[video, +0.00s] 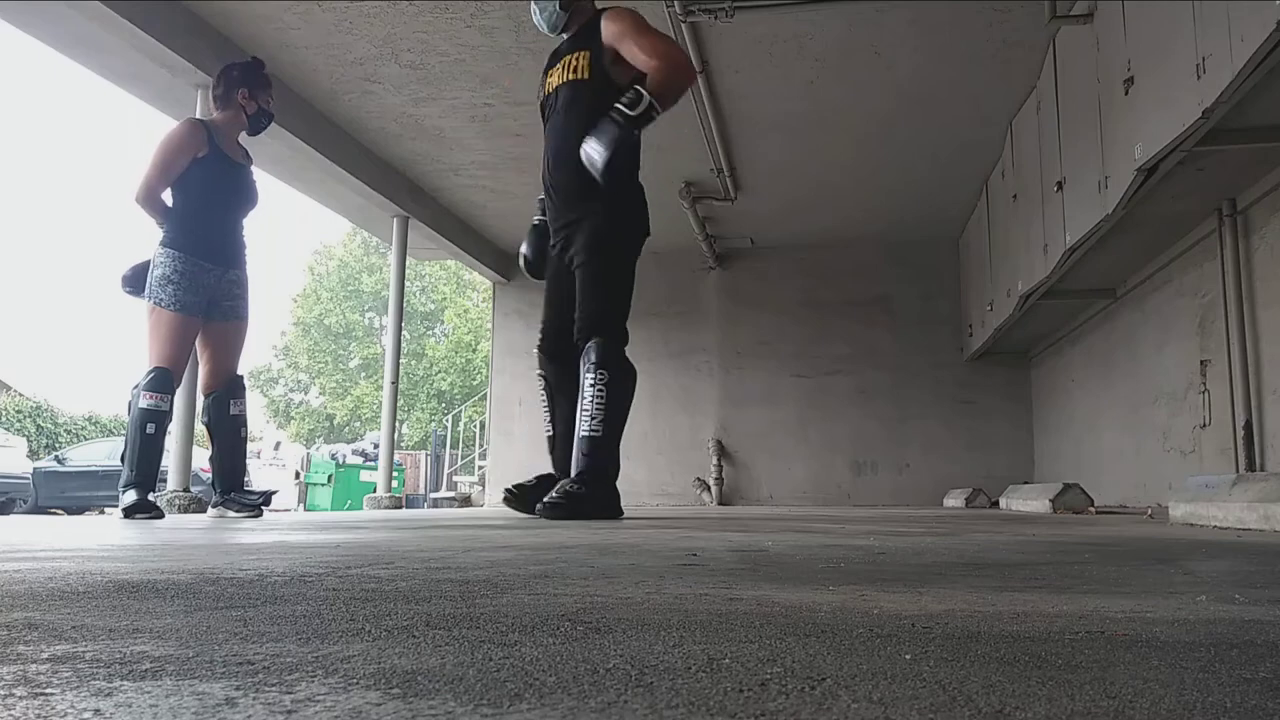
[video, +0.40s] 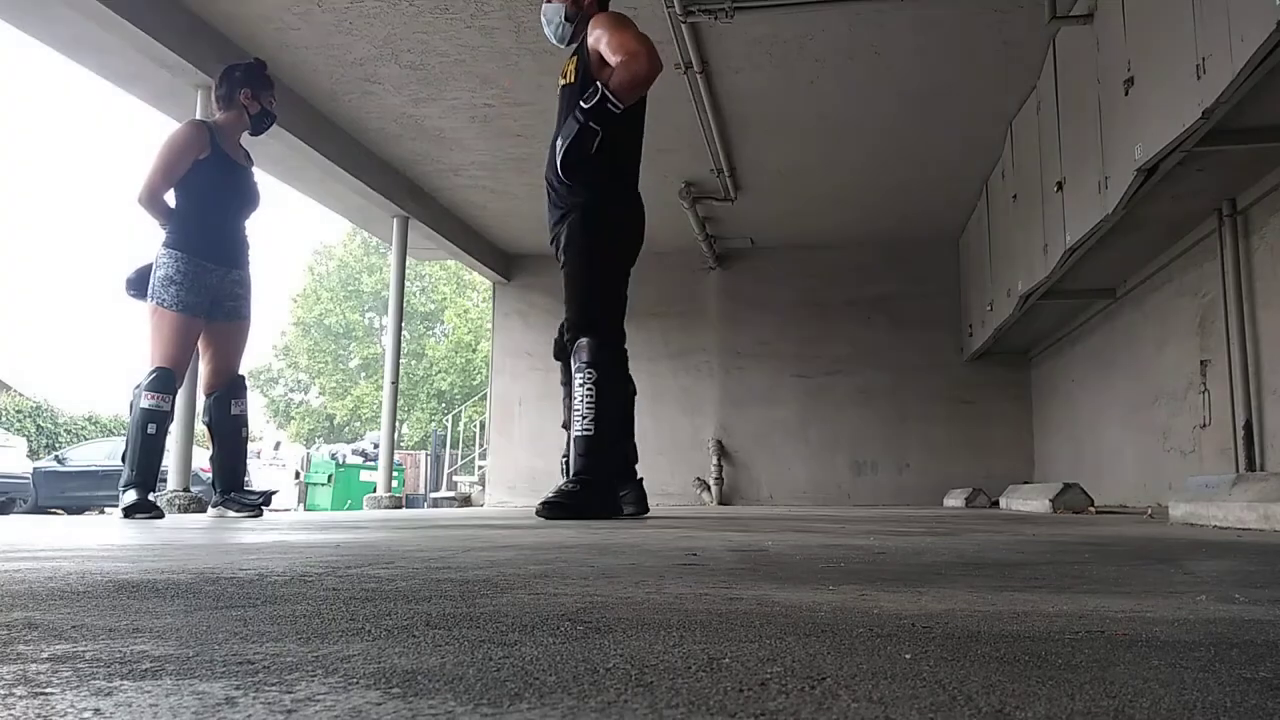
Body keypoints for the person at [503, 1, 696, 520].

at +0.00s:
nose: (539, 8)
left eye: (544, 1)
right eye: (537, 6)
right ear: (552, 15)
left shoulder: (612, 23)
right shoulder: (558, 62)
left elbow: (676, 68)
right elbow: (559, 146)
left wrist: (622, 119)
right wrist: (543, 219)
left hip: (605, 212)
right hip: (563, 221)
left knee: (600, 343)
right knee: (556, 349)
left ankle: (597, 485)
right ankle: (567, 476)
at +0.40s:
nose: (553, 13)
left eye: (557, 4)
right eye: (553, 7)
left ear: (583, 2)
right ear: (584, 8)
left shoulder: (603, 25)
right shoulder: (588, 44)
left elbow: (642, 61)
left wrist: (590, 122)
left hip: (599, 215)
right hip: (584, 218)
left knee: (588, 344)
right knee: (592, 346)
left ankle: (591, 484)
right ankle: (619, 483)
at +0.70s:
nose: (551, 22)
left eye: (557, 10)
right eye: (549, 13)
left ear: (589, 7)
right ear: (585, 11)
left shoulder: (606, 37)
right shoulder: (594, 61)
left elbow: (642, 72)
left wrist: (599, 122)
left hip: (599, 223)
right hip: (606, 225)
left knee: (571, 335)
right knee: (620, 347)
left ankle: (587, 479)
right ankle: (623, 482)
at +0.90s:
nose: (551, 24)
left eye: (558, 11)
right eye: (549, 15)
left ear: (590, 8)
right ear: (589, 13)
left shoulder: (604, 37)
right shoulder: (594, 64)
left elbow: (640, 72)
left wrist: (595, 120)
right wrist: (630, 321)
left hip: (597, 226)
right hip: (606, 227)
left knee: (579, 343)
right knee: (614, 348)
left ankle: (588, 478)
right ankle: (619, 481)